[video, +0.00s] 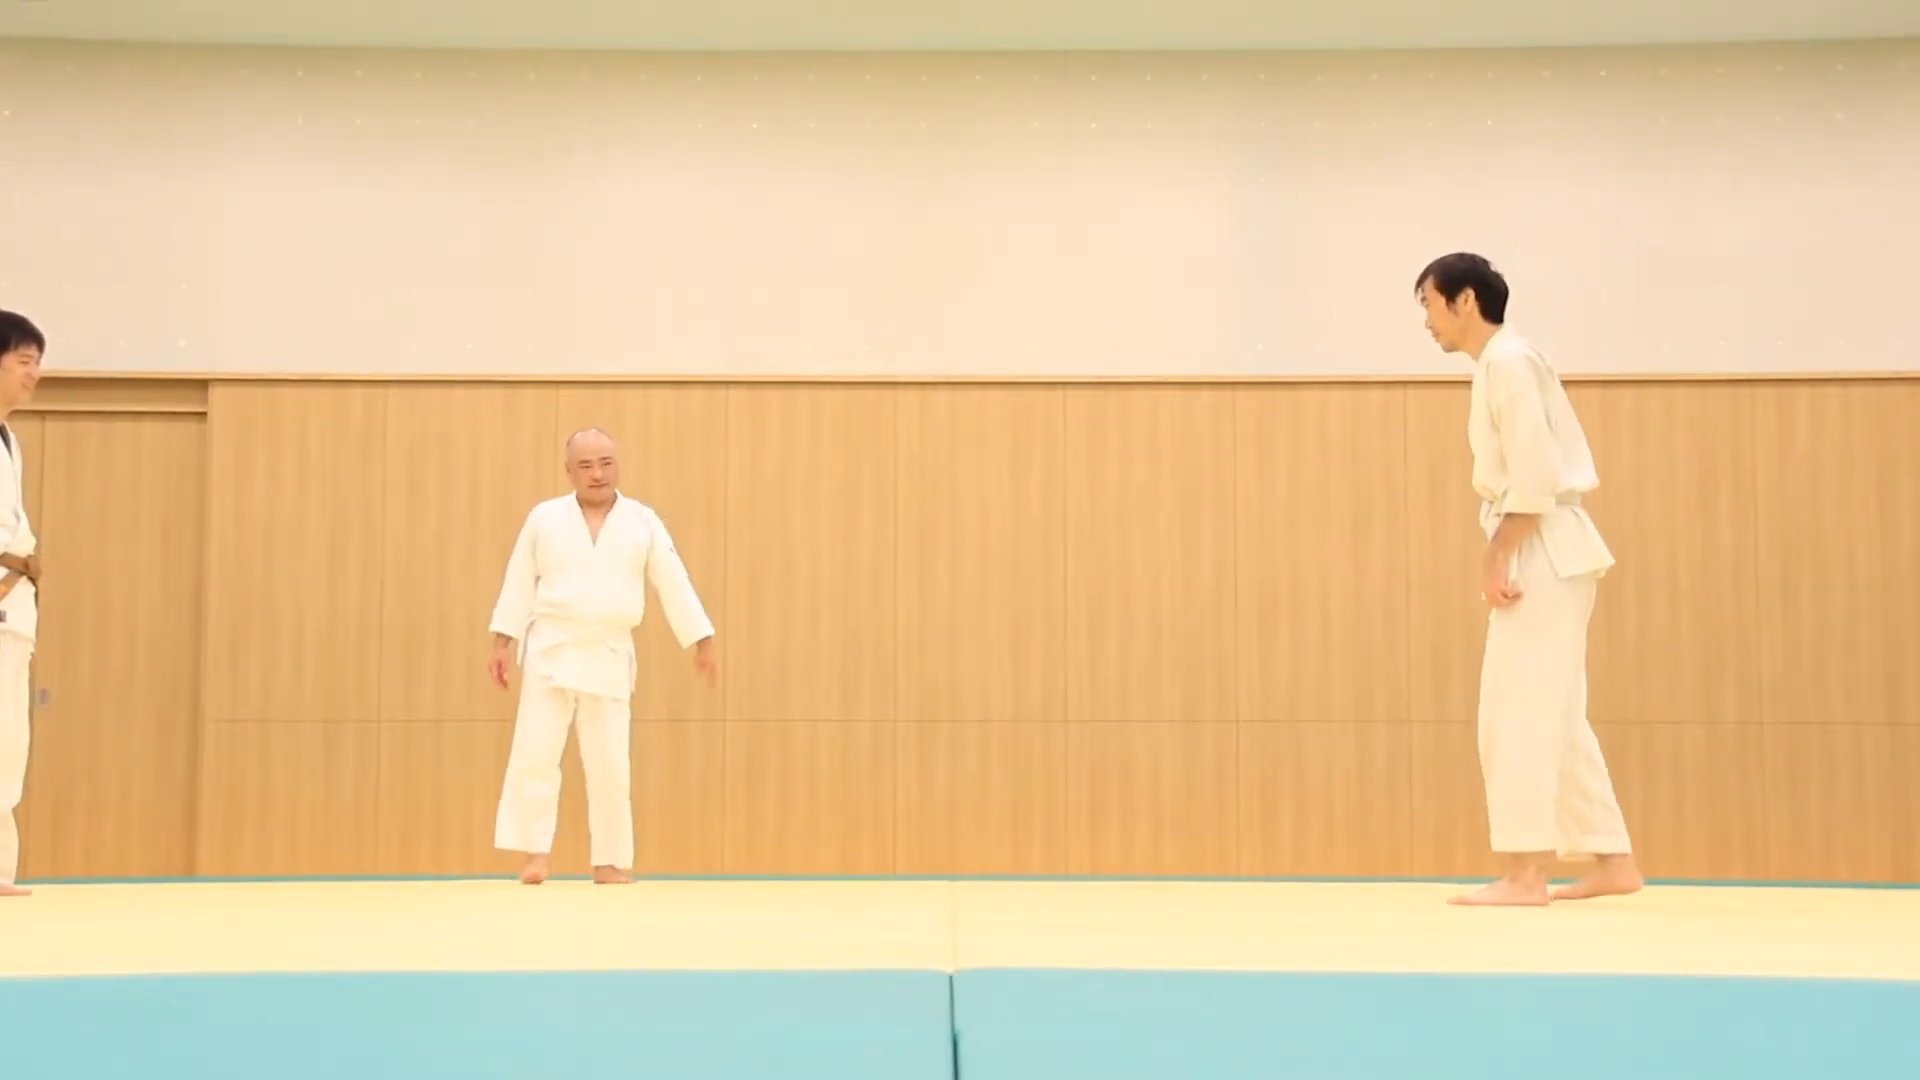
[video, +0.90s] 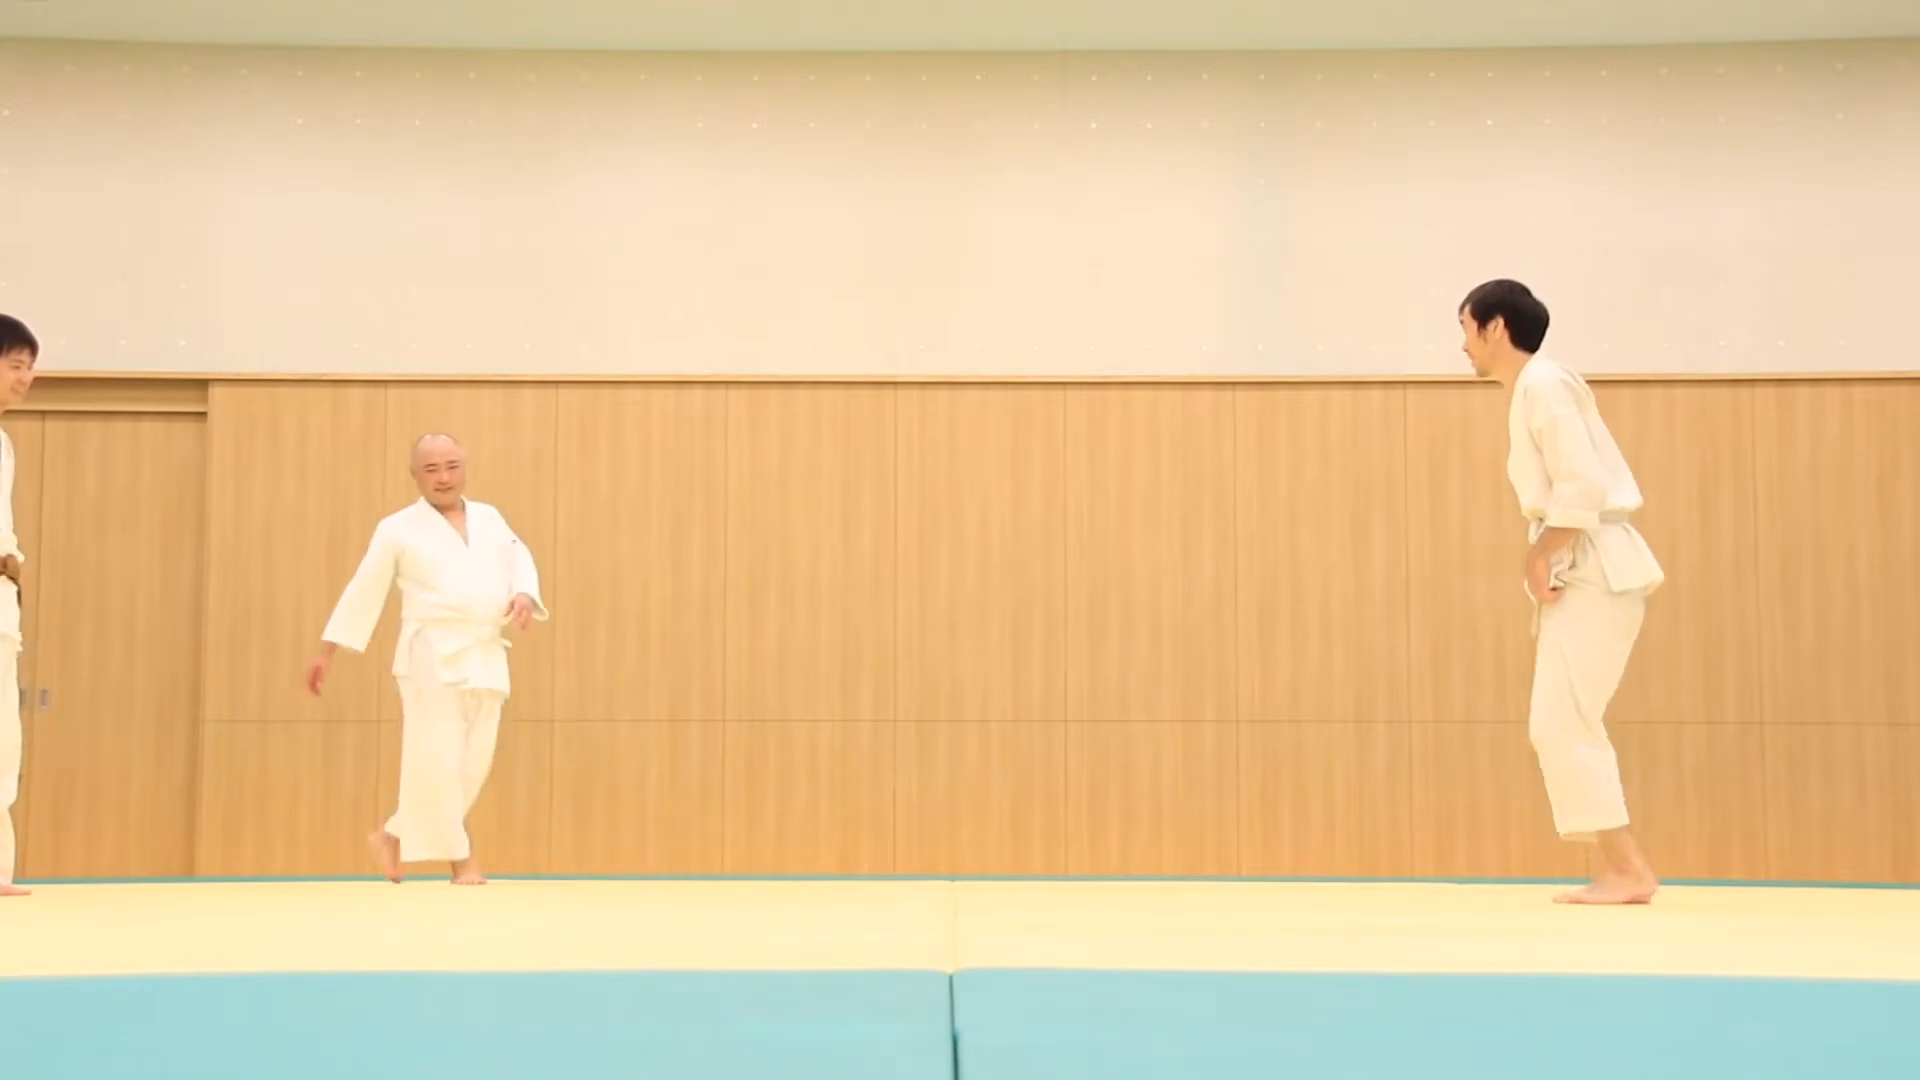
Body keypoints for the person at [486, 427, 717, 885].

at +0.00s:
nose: (597, 473)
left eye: (605, 463)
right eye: (585, 465)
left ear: (618, 466)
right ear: (569, 471)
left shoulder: (641, 519)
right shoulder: (545, 517)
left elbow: (672, 579)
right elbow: (520, 580)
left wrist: (701, 637)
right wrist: (502, 642)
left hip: (609, 653)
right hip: (550, 650)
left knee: (609, 761)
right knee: (536, 753)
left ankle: (609, 864)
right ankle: (535, 855)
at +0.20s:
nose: (581, 474)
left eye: (589, 464)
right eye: (569, 466)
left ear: (603, 467)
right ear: (553, 472)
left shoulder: (625, 522)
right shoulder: (529, 519)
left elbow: (641, 590)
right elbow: (501, 584)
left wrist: (642, 649)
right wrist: (473, 640)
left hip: (598, 653)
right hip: (535, 651)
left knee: (603, 762)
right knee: (512, 751)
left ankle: (606, 865)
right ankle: (489, 857)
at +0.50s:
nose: (519, 479)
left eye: (528, 470)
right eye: (508, 471)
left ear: (540, 474)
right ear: (491, 476)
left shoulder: (560, 526)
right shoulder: (467, 526)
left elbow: (583, 584)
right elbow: (436, 582)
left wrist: (596, 637)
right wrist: (408, 627)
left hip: (544, 656)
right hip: (485, 656)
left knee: (572, 759)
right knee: (476, 760)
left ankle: (600, 862)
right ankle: (469, 865)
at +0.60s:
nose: (495, 480)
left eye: (504, 470)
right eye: (484, 472)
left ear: (517, 474)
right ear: (468, 478)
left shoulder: (540, 526)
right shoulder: (447, 527)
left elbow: (565, 578)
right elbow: (416, 582)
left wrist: (580, 620)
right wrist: (389, 625)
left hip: (526, 658)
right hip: (467, 658)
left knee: (557, 759)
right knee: (463, 763)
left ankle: (576, 860)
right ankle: (467, 865)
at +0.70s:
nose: (475, 477)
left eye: (484, 468)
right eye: (464, 470)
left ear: (497, 470)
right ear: (449, 476)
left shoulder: (523, 521)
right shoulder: (430, 525)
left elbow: (549, 568)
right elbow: (399, 581)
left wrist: (557, 606)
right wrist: (369, 627)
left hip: (511, 655)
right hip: (454, 656)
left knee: (537, 756)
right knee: (455, 760)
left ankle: (522, 855)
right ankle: (461, 863)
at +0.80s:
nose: (458, 476)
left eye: (467, 466)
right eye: (447, 468)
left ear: (480, 469)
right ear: (432, 474)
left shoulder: (505, 518)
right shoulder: (415, 526)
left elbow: (535, 560)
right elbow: (380, 584)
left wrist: (539, 596)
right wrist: (344, 639)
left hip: (498, 653)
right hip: (444, 654)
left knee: (506, 757)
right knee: (451, 755)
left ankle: (471, 856)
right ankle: (464, 860)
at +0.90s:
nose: (443, 476)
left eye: (452, 466)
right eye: (431, 469)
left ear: (465, 470)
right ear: (416, 476)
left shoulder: (488, 518)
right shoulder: (399, 529)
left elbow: (519, 558)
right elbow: (363, 591)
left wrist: (525, 593)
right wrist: (326, 651)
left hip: (484, 655)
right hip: (430, 657)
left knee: (476, 761)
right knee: (440, 757)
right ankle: (463, 861)